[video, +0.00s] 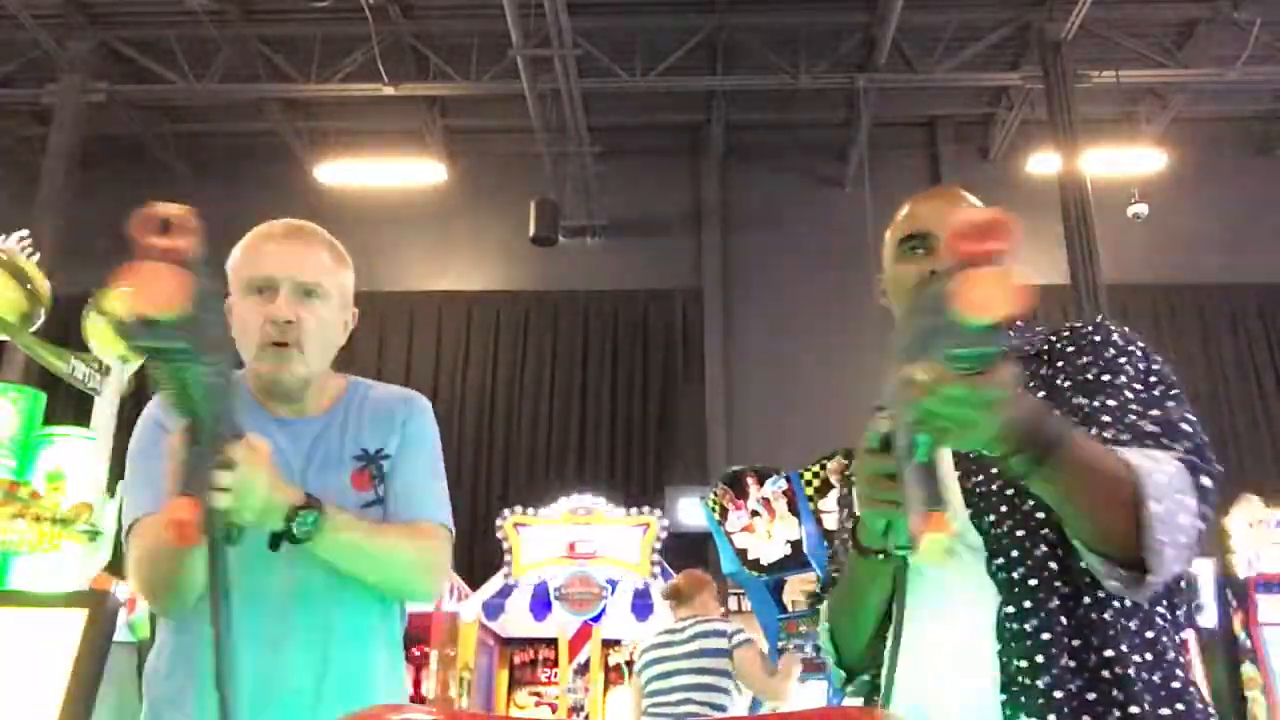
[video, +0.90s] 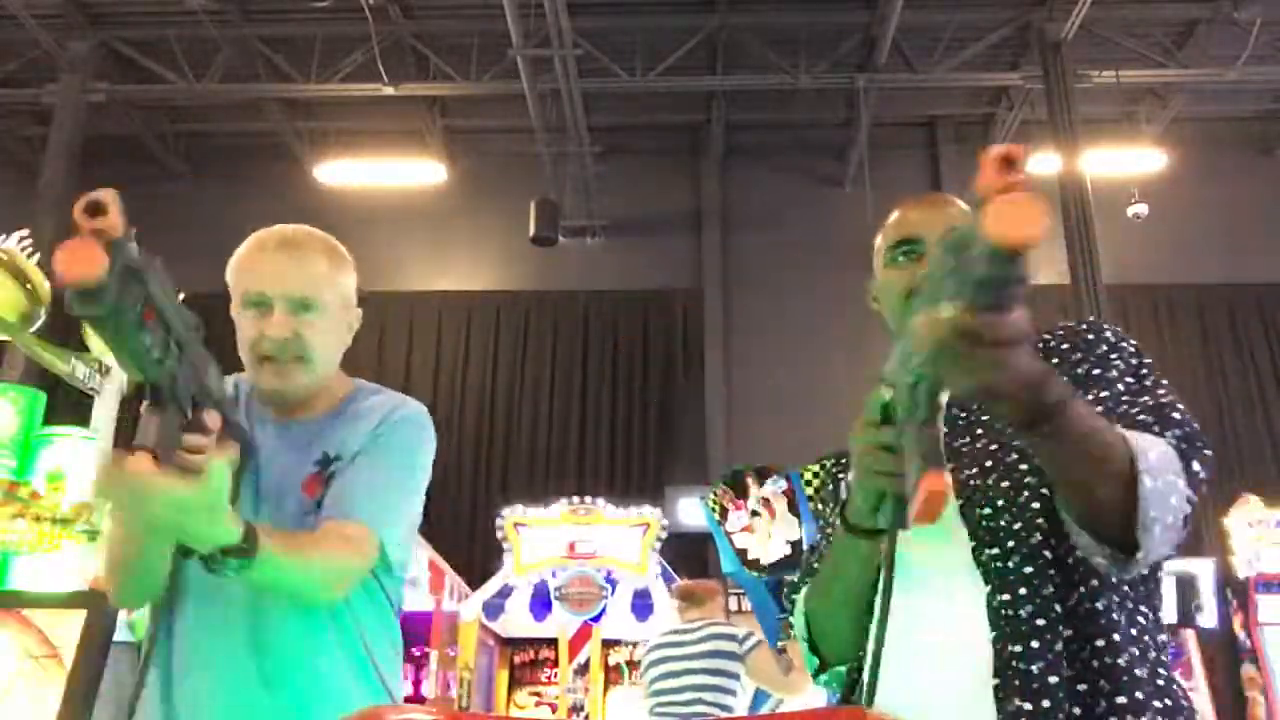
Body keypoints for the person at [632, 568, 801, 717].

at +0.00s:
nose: (721, 607)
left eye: (717, 599)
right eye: (716, 598)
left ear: (673, 607)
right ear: (706, 599)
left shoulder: (647, 647)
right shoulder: (727, 631)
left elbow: (637, 712)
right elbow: (776, 693)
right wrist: (790, 665)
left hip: (656, 715)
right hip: (706, 713)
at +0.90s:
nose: (728, 611)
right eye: (725, 605)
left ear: (679, 612)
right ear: (721, 602)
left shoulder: (654, 646)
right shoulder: (736, 636)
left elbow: (649, 699)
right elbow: (795, 687)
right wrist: (794, 648)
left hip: (661, 714)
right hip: (713, 711)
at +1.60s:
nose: (726, 610)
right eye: (724, 602)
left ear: (679, 611)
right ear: (717, 600)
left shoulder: (651, 648)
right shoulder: (736, 635)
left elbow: (651, 703)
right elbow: (789, 687)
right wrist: (798, 658)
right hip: (715, 713)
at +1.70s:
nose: (726, 610)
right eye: (724, 603)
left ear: (678, 611)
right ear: (717, 601)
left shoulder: (649, 648)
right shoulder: (736, 636)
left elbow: (648, 703)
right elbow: (785, 690)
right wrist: (797, 664)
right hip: (714, 711)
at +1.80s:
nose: (726, 611)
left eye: (724, 605)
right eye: (724, 604)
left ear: (678, 611)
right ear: (716, 601)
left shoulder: (649, 648)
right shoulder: (735, 636)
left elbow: (648, 704)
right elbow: (785, 690)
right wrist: (795, 662)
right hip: (714, 713)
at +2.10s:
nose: (716, 607)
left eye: (714, 601)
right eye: (715, 601)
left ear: (672, 608)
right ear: (709, 597)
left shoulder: (644, 648)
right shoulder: (729, 631)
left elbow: (638, 713)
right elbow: (783, 683)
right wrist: (800, 656)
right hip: (710, 713)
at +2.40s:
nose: (722, 609)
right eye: (720, 604)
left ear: (675, 609)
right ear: (714, 601)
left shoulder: (647, 649)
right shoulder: (730, 632)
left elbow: (639, 714)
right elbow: (786, 689)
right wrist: (800, 658)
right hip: (712, 713)